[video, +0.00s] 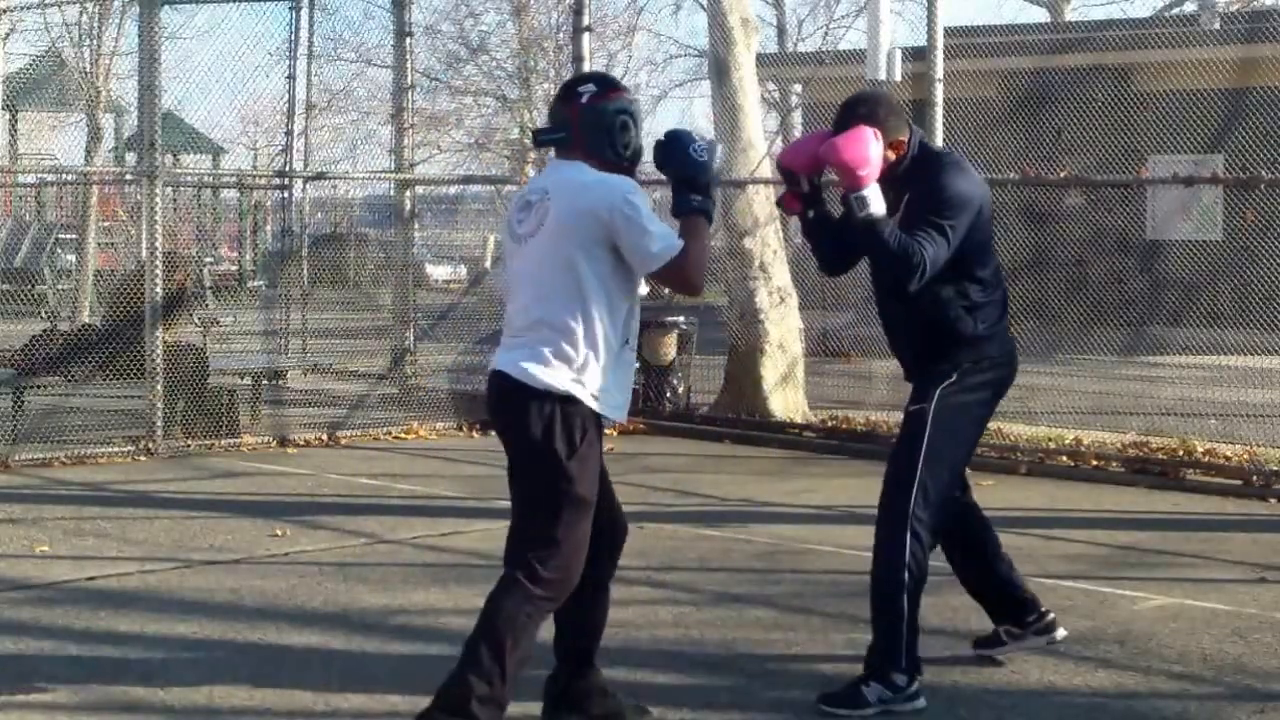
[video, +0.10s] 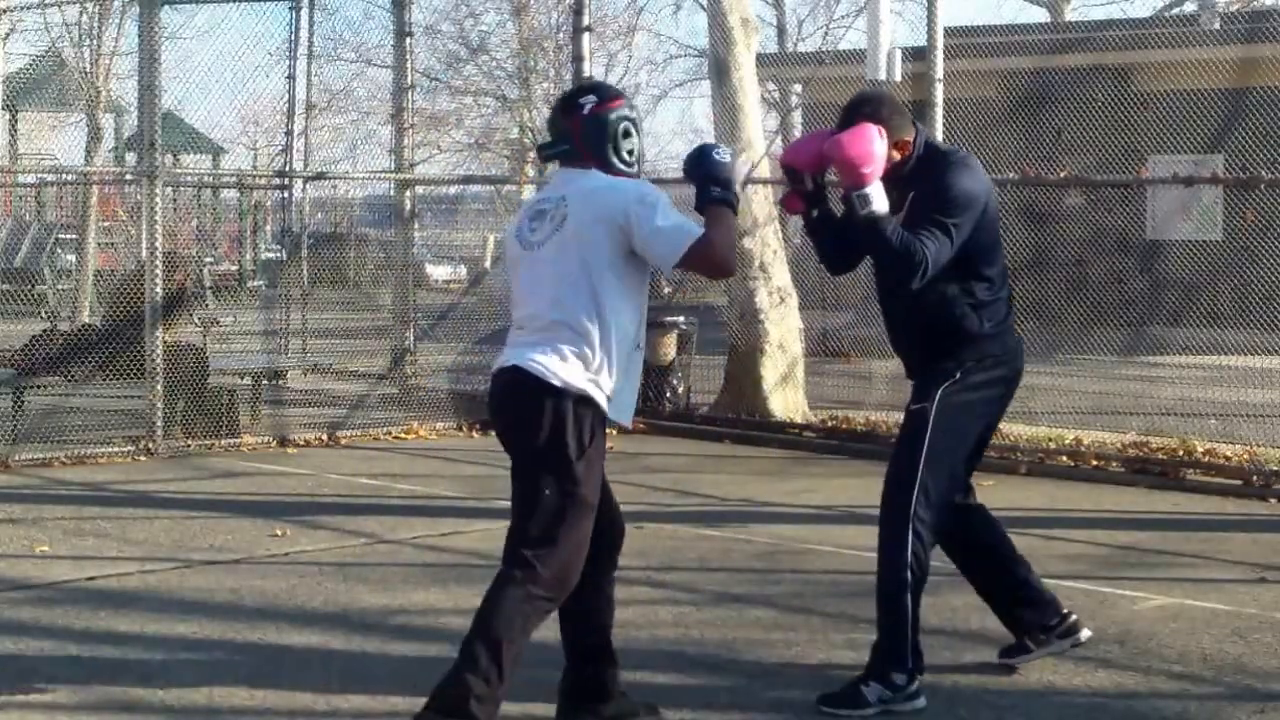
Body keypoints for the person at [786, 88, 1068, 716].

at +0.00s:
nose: (859, 168)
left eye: (864, 157)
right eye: (853, 158)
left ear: (897, 145)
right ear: (869, 150)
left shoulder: (951, 181)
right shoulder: (884, 181)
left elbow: (913, 268)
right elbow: (836, 258)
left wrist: (865, 201)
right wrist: (808, 203)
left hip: (970, 361)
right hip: (935, 363)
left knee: (903, 511)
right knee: (942, 498)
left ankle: (892, 676)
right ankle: (1022, 616)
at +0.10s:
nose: (862, 168)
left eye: (867, 156)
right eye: (857, 159)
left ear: (901, 144)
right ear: (881, 151)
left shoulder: (956, 177)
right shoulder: (890, 184)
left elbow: (916, 266)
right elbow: (841, 255)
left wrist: (869, 199)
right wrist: (809, 199)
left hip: (974, 360)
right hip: (942, 363)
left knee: (906, 508)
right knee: (944, 500)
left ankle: (895, 673)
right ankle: (1042, 620)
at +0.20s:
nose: (861, 175)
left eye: (863, 164)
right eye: (859, 167)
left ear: (894, 153)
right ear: (896, 151)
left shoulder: (972, 179)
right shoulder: (910, 185)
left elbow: (927, 253)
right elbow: (857, 262)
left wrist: (891, 183)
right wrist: (823, 205)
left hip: (985, 371)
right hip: (959, 372)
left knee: (906, 507)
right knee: (975, 505)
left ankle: (894, 675)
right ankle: (1067, 638)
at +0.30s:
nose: (896, 174)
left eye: (898, 163)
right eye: (892, 164)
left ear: (926, 151)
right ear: (921, 155)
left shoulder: (989, 174)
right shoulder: (930, 200)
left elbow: (952, 236)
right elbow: (884, 275)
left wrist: (889, 178)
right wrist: (843, 215)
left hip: (1003, 376)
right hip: (989, 376)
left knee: (912, 506)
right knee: (984, 505)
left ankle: (894, 674)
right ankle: (1064, 643)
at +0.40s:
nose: (904, 178)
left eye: (902, 168)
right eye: (898, 169)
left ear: (928, 151)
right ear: (931, 150)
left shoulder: (989, 174)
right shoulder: (950, 196)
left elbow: (962, 255)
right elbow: (903, 281)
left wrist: (894, 199)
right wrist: (863, 228)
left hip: (1008, 370)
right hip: (1007, 369)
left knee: (919, 504)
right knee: (989, 503)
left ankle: (910, 673)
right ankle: (1060, 641)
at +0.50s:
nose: (898, 182)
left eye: (895, 172)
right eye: (893, 173)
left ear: (916, 157)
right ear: (926, 151)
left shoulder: (983, 179)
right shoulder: (947, 196)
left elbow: (958, 270)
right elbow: (897, 284)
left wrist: (888, 215)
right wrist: (860, 231)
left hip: (1010, 374)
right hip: (1005, 373)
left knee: (920, 503)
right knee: (993, 509)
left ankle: (904, 674)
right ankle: (1060, 641)